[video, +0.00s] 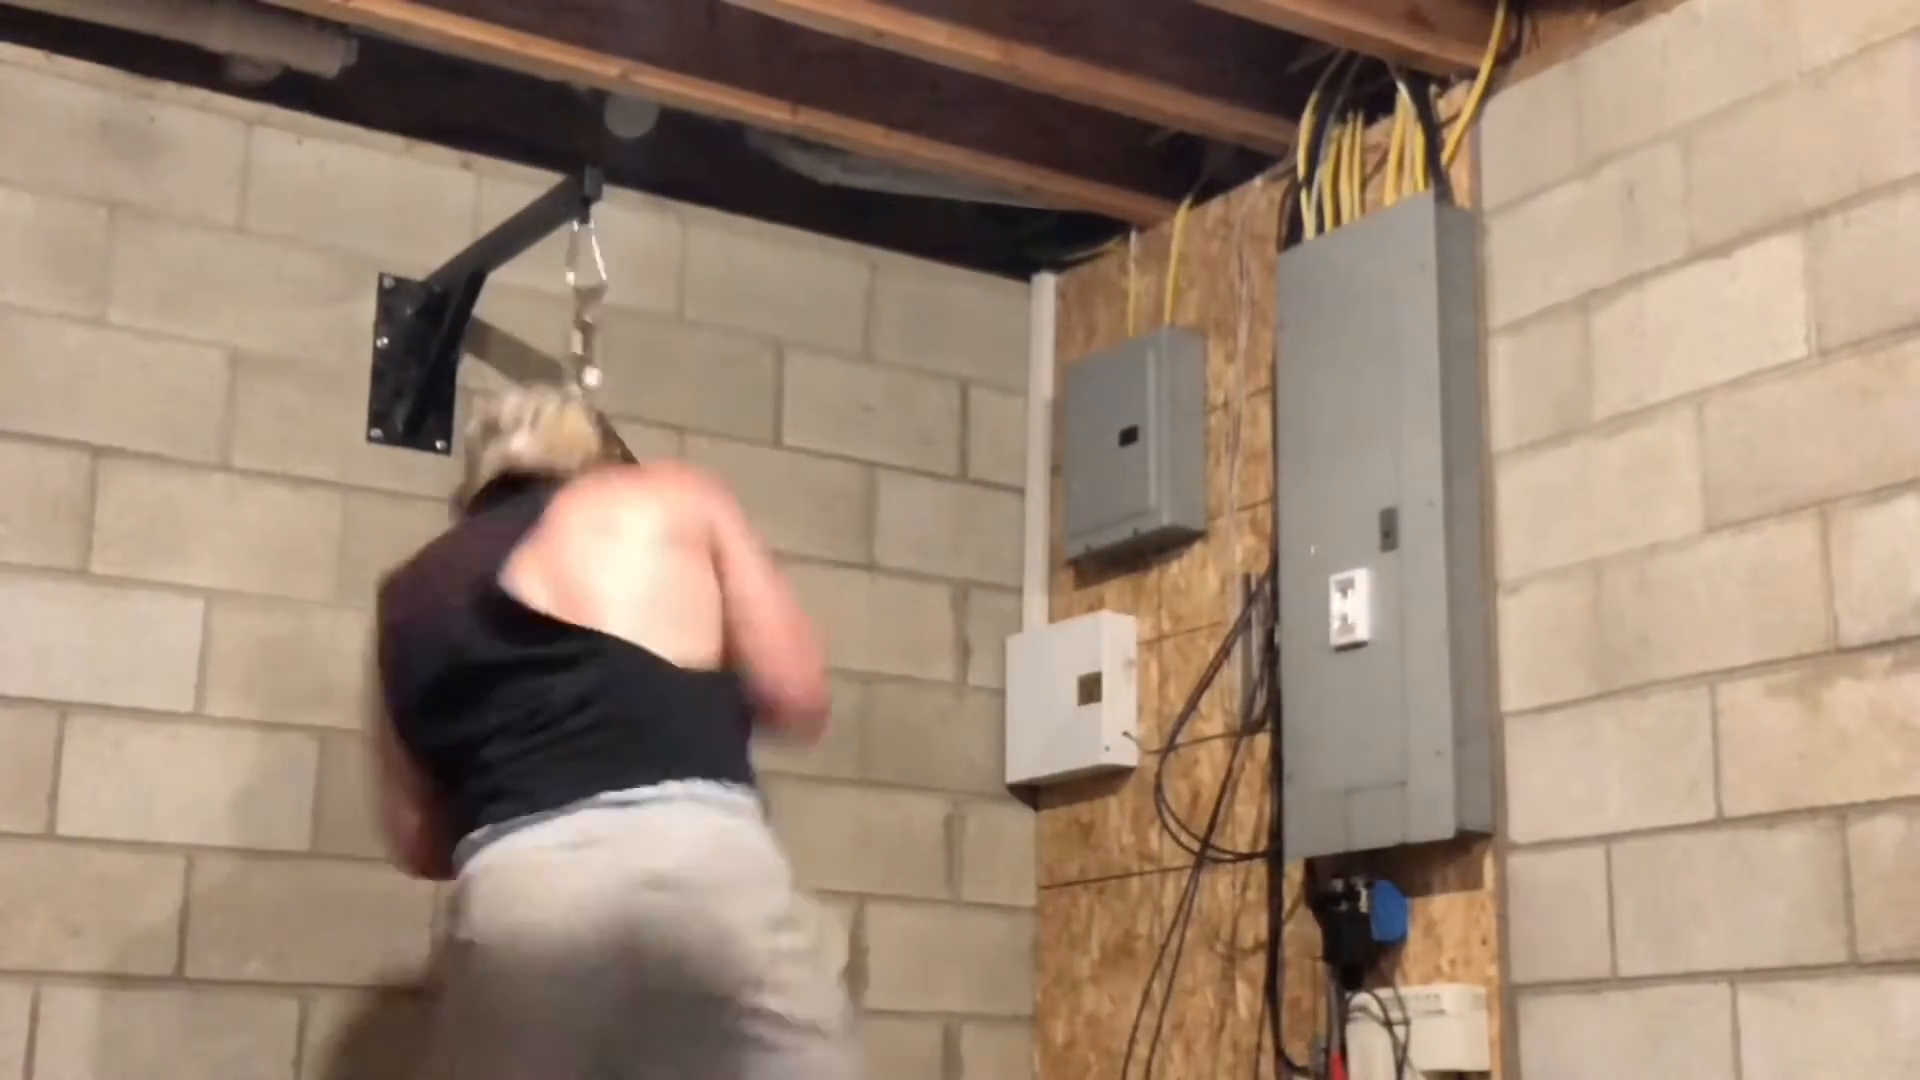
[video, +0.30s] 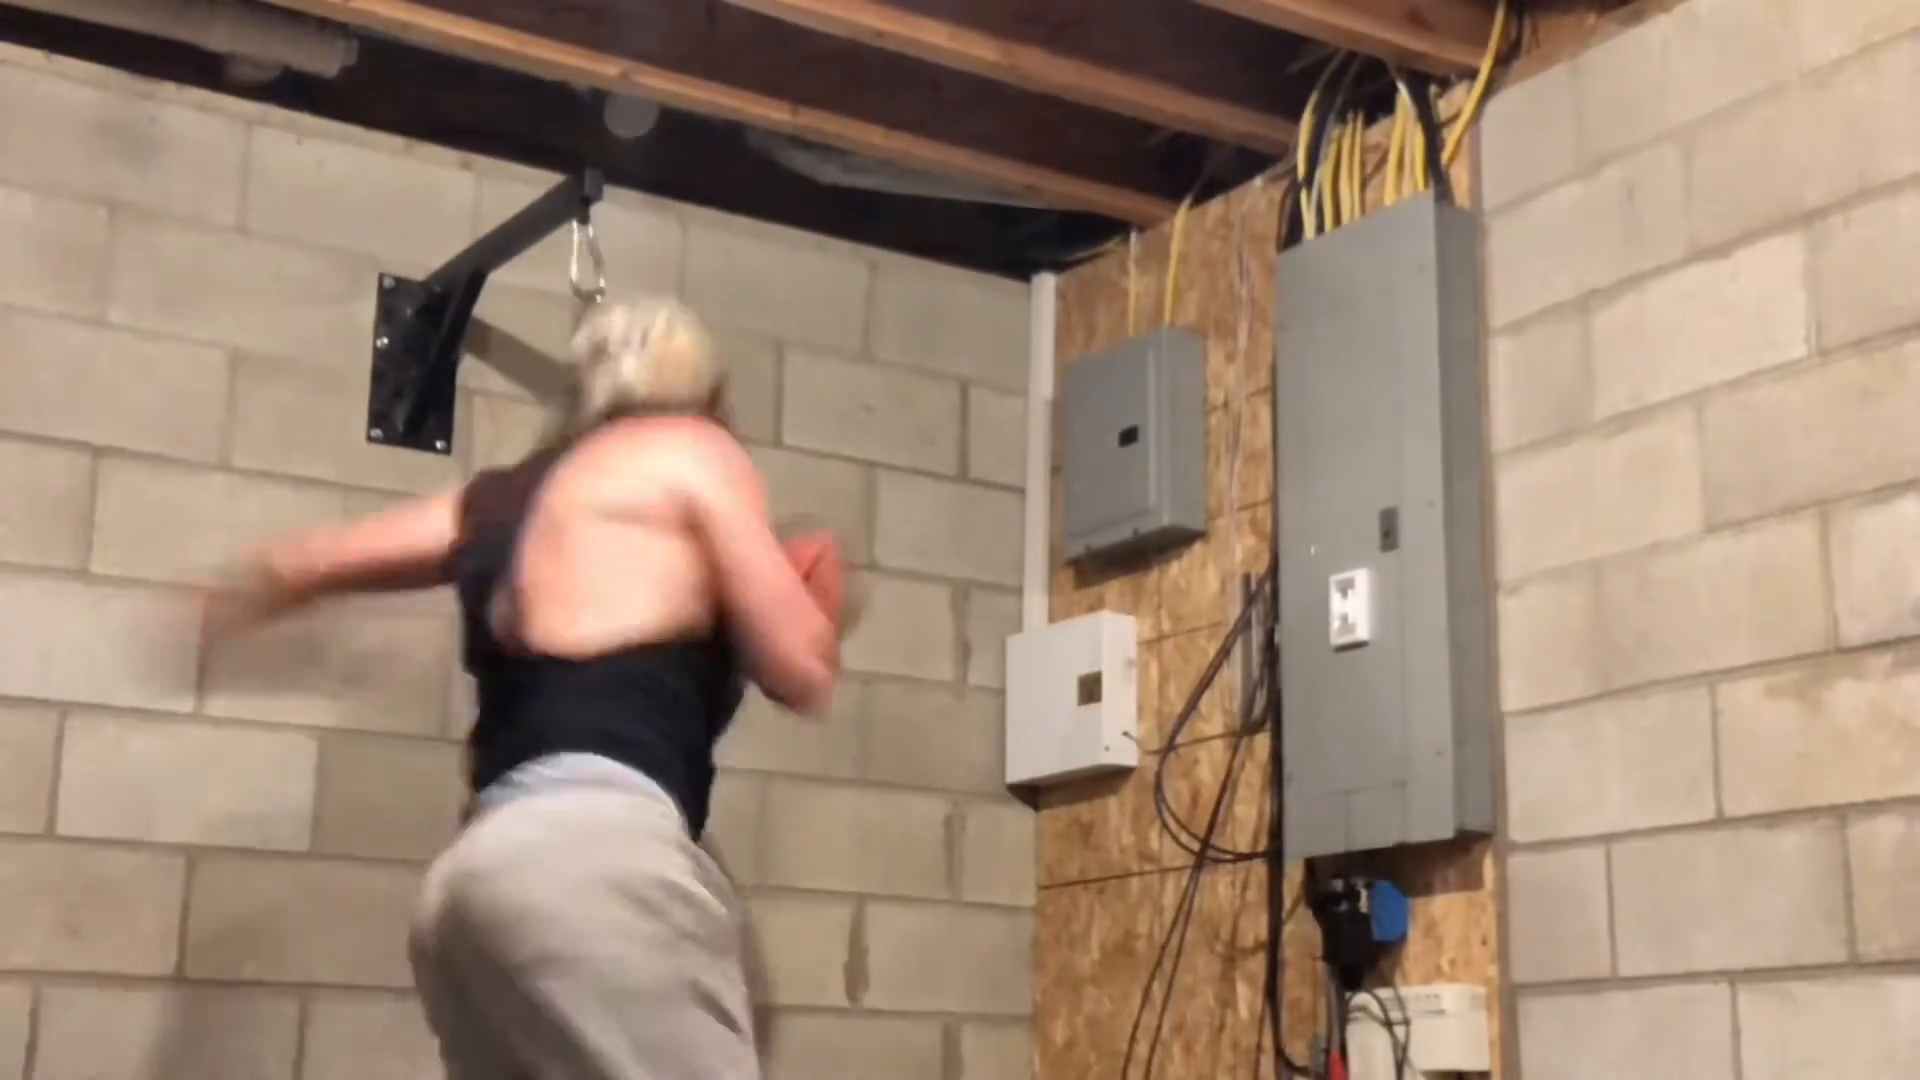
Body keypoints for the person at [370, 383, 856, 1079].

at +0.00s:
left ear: (479, 479)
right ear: (604, 453)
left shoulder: (411, 587)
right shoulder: (681, 494)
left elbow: (419, 842)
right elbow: (797, 692)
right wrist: (689, 698)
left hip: (517, 899)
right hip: (712, 863)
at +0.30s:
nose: (724, 408)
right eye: (718, 393)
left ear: (591, 387)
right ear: (704, 388)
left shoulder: (506, 495)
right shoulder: (694, 451)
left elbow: (306, 562)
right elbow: (802, 674)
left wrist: (227, 603)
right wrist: (823, 593)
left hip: (466, 874)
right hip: (602, 862)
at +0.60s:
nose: (730, 452)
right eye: (730, 440)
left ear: (587, 405)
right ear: (711, 425)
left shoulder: (457, 485)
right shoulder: (739, 497)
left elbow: (351, 707)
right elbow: (786, 759)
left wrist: (492, 756)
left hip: (440, 923)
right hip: (634, 923)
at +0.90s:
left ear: (690, 326)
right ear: (827, 336)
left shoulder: (575, 431)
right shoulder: (901, 454)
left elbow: (446, 625)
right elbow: (948, 727)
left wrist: (571, 686)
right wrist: (834, 657)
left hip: (608, 912)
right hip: (821, 914)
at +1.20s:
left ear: (766, 271)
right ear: (905, 284)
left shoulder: (666, 350)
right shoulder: (988, 409)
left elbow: (507, 515)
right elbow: (1020, 680)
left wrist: (639, 566)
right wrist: (889, 622)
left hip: (671, 826)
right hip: (882, 834)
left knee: (658, 1064)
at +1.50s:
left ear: (754, 333)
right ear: (888, 319)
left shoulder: (663, 455)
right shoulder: (992, 405)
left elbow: (596, 667)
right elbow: (1079, 647)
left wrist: (714, 698)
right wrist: (945, 670)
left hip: (743, 865)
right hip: (936, 853)